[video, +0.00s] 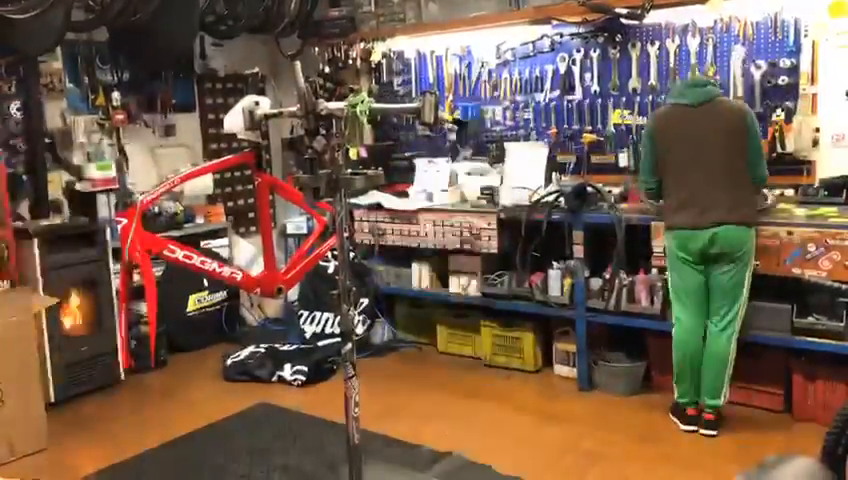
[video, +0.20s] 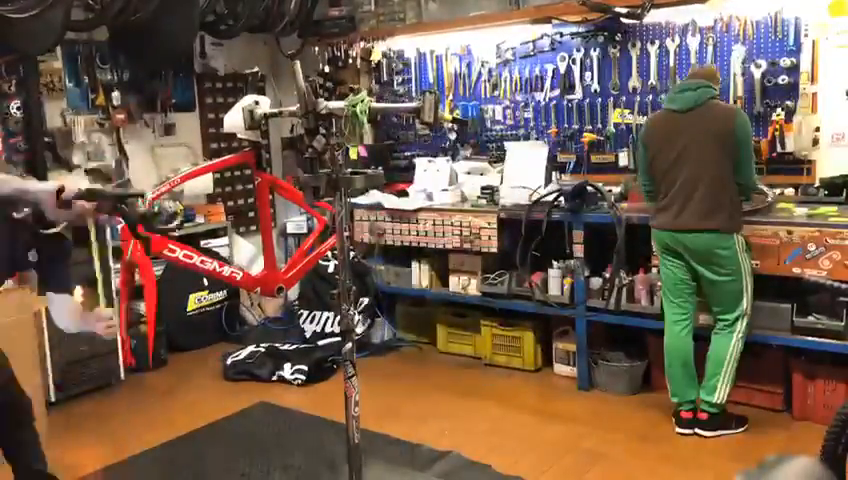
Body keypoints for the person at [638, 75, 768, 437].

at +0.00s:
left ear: (678, 86)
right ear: (714, 83)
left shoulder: (660, 119)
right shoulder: (740, 113)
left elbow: (649, 184)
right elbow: (760, 176)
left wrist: (676, 193)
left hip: (683, 229)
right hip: (734, 228)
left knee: (686, 318)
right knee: (723, 322)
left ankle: (687, 407)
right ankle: (710, 412)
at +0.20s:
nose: (719, 93)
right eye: (717, 88)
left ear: (684, 86)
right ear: (715, 89)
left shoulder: (652, 124)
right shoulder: (732, 117)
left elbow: (648, 185)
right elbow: (746, 180)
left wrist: (669, 201)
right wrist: (738, 190)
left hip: (666, 232)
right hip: (716, 234)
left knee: (677, 317)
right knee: (731, 317)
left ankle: (685, 410)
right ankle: (709, 409)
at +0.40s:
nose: (680, 78)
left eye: (662, 77)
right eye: (683, 72)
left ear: (653, 81)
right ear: (686, 74)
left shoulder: (646, 130)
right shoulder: (715, 106)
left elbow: (647, 188)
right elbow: (753, 100)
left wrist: (662, 212)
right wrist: (749, 83)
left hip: (670, 229)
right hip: (716, 226)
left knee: (678, 317)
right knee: (732, 315)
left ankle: (685, 410)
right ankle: (709, 409)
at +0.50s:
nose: (706, 74)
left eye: (700, 69)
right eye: (705, 69)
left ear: (668, 76)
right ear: (703, 72)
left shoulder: (651, 125)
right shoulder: (727, 109)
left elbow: (649, 189)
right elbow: (768, 125)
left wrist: (677, 194)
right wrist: (759, 115)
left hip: (670, 228)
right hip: (718, 225)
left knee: (679, 317)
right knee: (733, 314)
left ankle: (685, 409)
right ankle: (709, 409)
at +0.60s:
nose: (706, 70)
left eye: (691, 64)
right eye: (713, 63)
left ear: (683, 66)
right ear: (718, 64)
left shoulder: (663, 111)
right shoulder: (746, 112)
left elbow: (641, 170)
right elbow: (763, 177)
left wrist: (661, 193)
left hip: (671, 230)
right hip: (724, 231)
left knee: (666, 316)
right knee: (719, 323)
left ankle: (663, 404)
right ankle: (716, 417)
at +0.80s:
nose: (717, 92)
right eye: (717, 87)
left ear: (683, 87)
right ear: (716, 88)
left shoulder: (656, 126)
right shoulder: (733, 119)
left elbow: (637, 180)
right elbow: (779, 168)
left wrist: (669, 175)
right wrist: (773, 172)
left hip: (666, 234)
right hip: (715, 234)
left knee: (663, 315)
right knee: (720, 318)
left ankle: (652, 403)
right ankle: (710, 409)